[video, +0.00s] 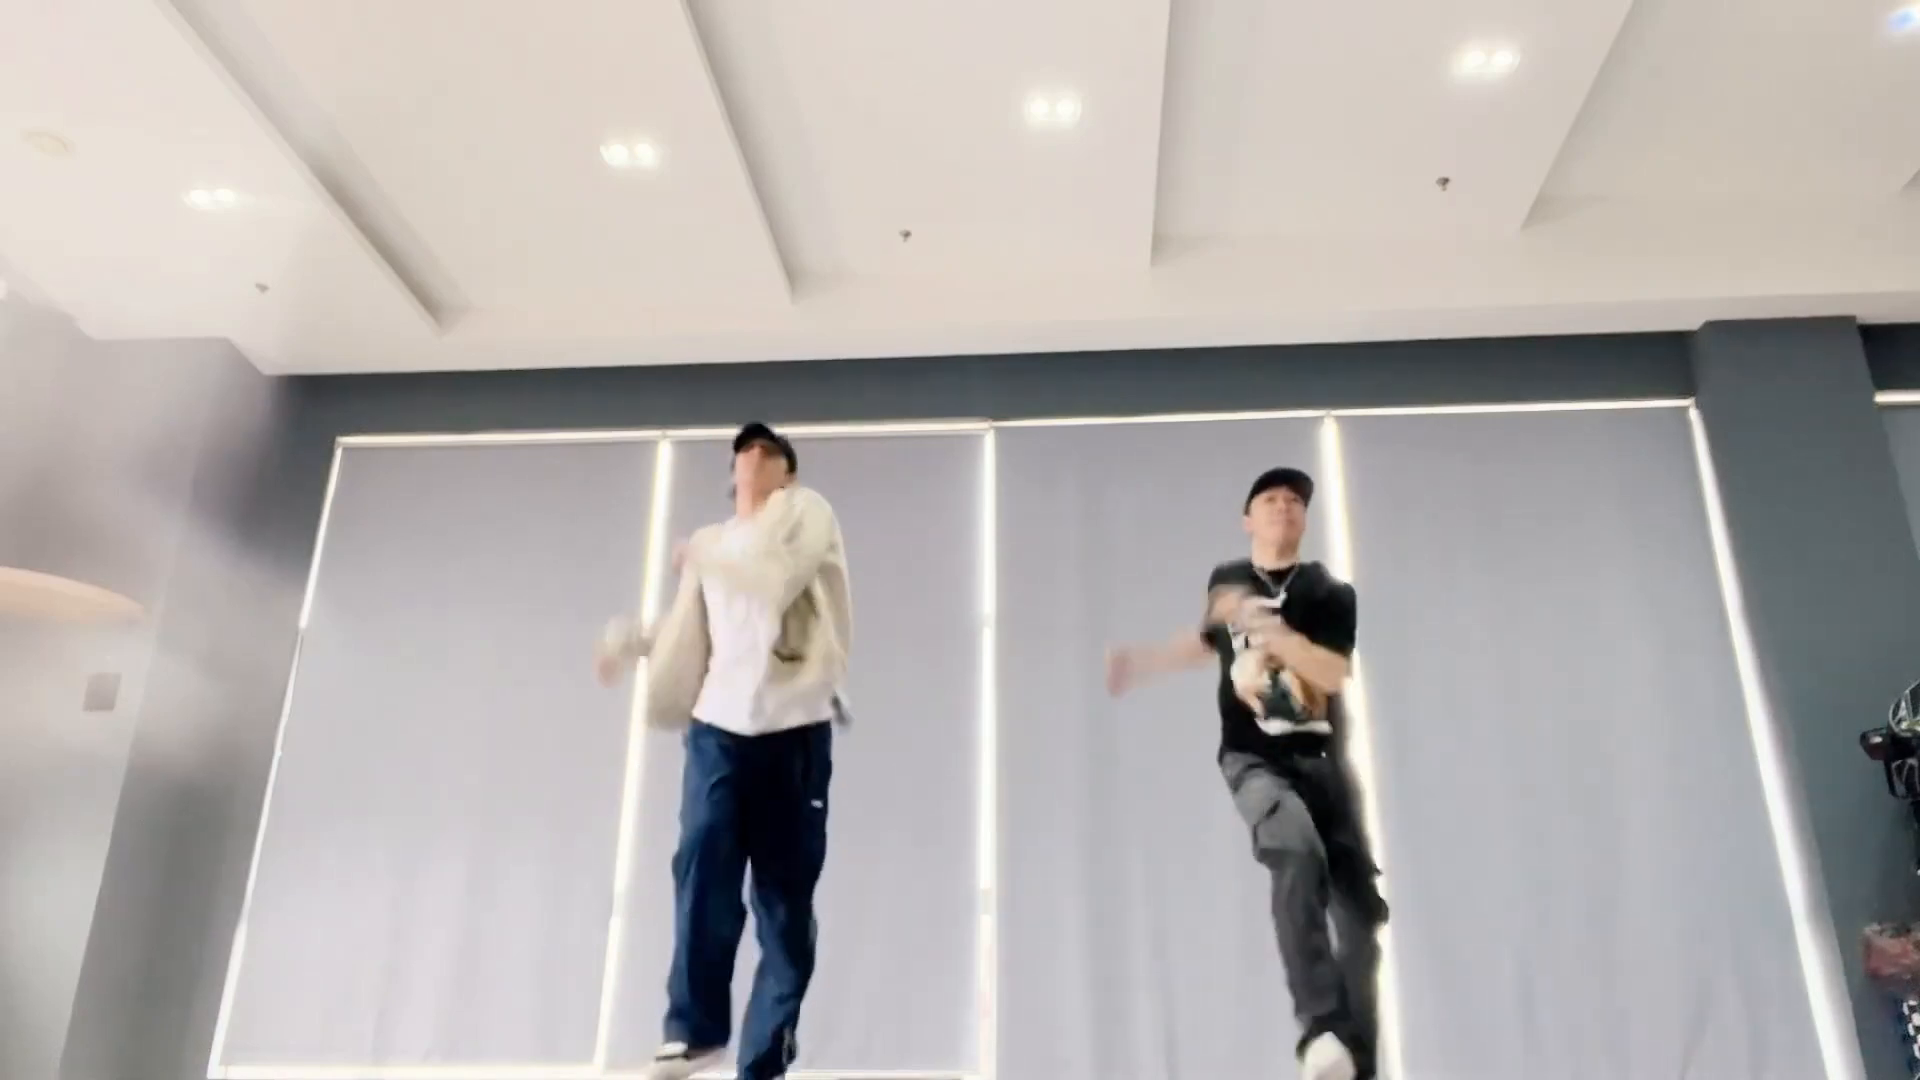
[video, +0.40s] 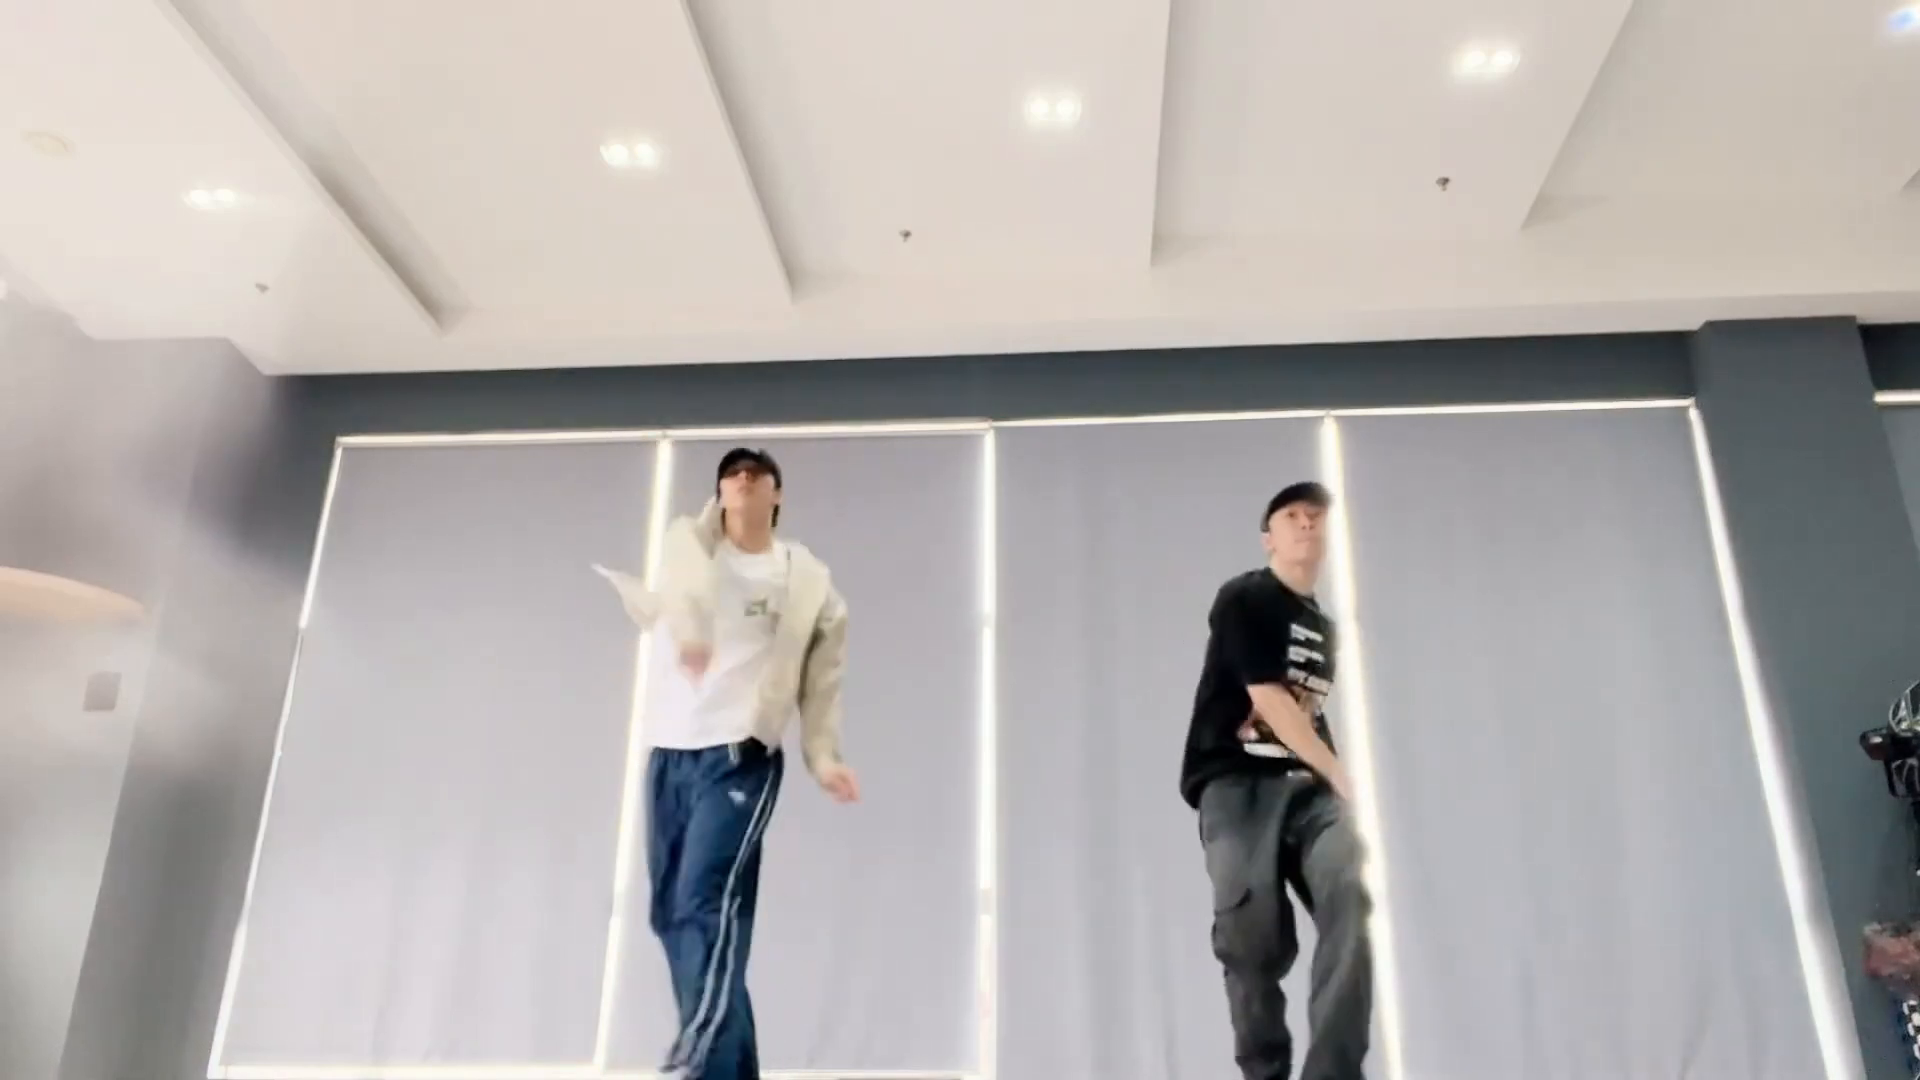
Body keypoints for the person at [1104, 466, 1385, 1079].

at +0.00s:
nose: (1283, 510)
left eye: (1294, 503)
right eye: (1271, 502)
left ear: (1306, 520)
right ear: (1248, 520)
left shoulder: (1330, 592)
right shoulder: (1231, 583)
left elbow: (1336, 677)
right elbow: (1207, 642)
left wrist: (1276, 636)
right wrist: (1143, 662)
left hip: (1318, 757)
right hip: (1251, 755)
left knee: (1359, 900)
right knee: (1301, 852)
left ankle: (1359, 1058)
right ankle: (1320, 1031)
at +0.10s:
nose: (1298, 514)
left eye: (1308, 507)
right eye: (1285, 505)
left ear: (1319, 526)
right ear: (1260, 522)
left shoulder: (1335, 602)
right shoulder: (1221, 562)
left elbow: (1374, 690)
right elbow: (1163, 536)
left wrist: (1344, 608)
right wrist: (1160, 505)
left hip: (1312, 761)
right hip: (1239, 765)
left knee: (1394, 873)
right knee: (1280, 888)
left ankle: (1329, 942)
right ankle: (1277, 1066)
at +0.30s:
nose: (1314, 523)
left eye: (1322, 515)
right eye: (1301, 513)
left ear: (1332, 531)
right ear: (1275, 528)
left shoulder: (1335, 626)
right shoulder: (1244, 581)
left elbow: (1326, 712)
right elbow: (1219, 650)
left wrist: (1266, 703)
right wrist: (1305, 706)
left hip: (1301, 763)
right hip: (1229, 763)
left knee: (1340, 824)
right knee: (1246, 913)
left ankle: (1317, 993)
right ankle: (1266, 1067)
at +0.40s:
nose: (1307, 528)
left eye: (1316, 520)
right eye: (1294, 519)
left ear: (1330, 537)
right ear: (1268, 535)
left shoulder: (1329, 626)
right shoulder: (1244, 597)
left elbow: (1328, 706)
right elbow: (1270, 702)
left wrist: (1282, 722)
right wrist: (1339, 773)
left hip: (1312, 780)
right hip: (1240, 780)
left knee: (1354, 893)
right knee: (1250, 926)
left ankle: (1335, 1071)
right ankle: (1264, 1068)